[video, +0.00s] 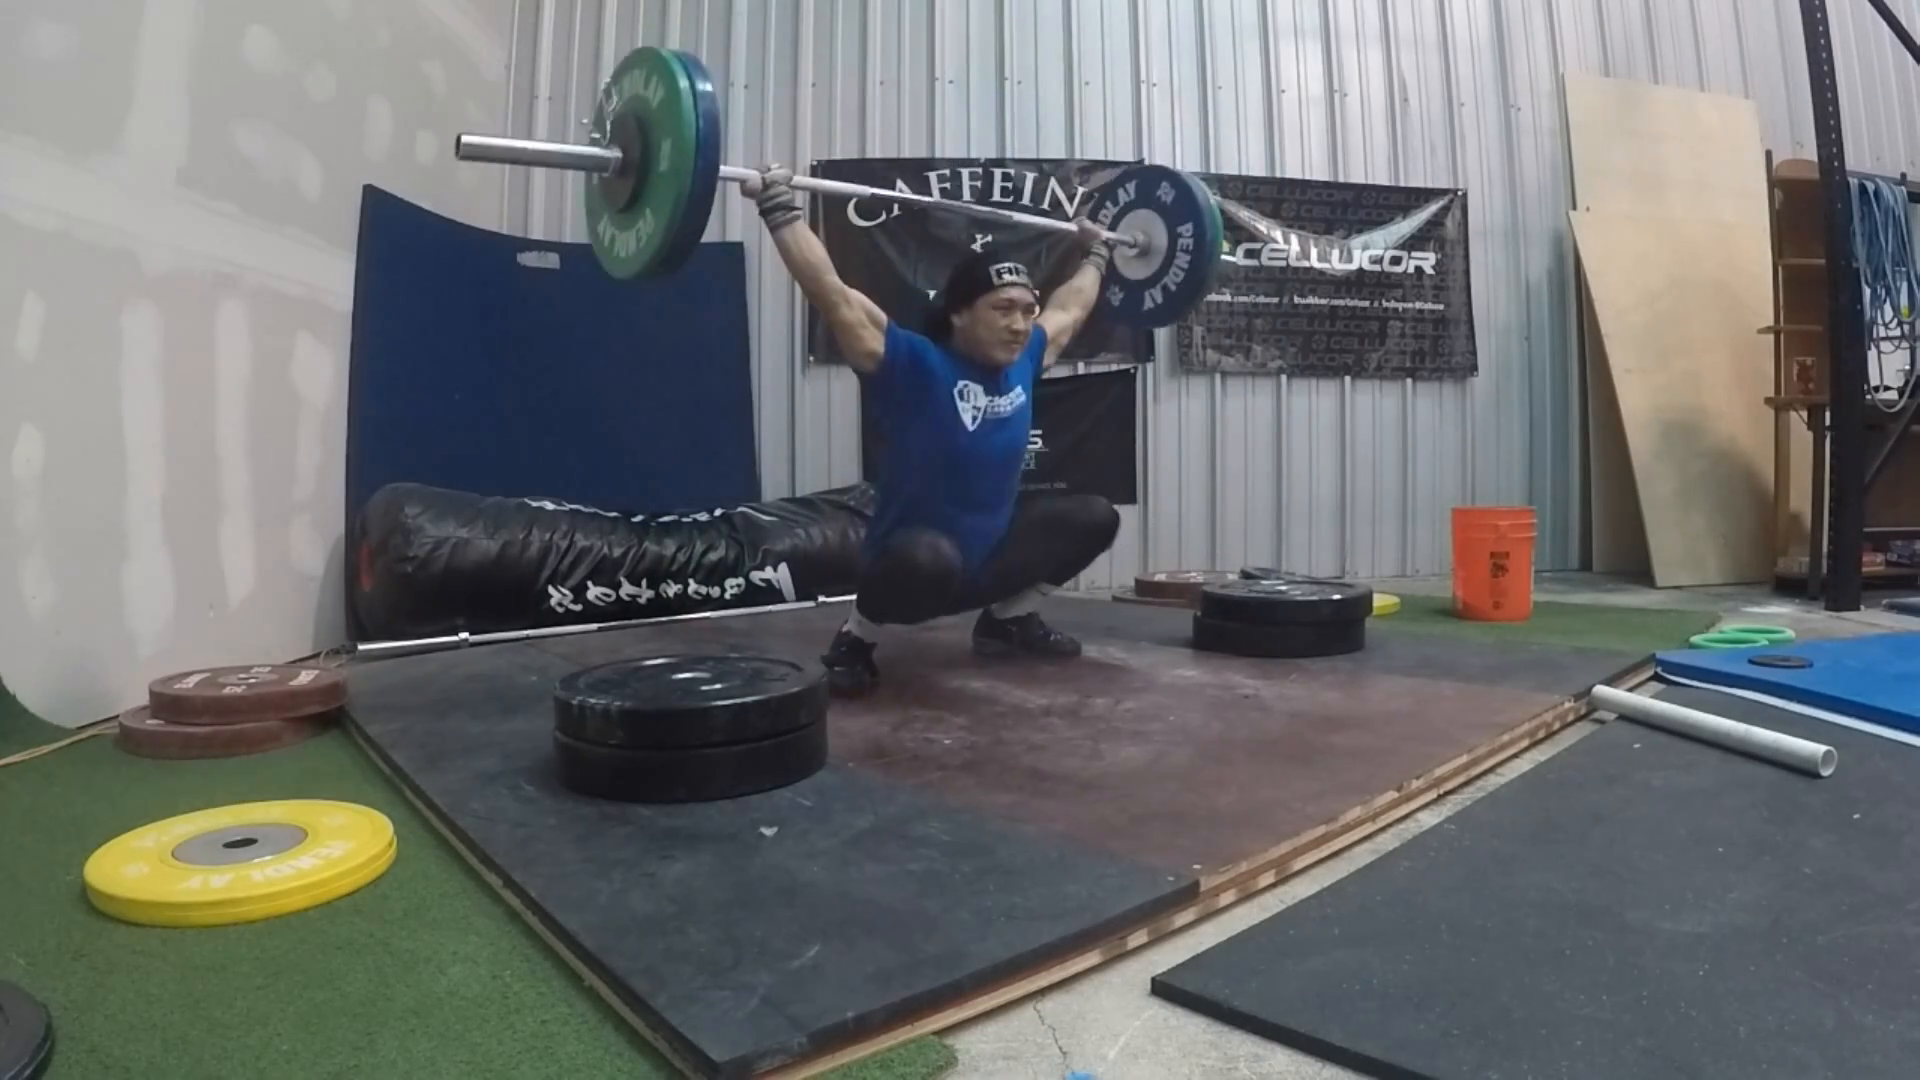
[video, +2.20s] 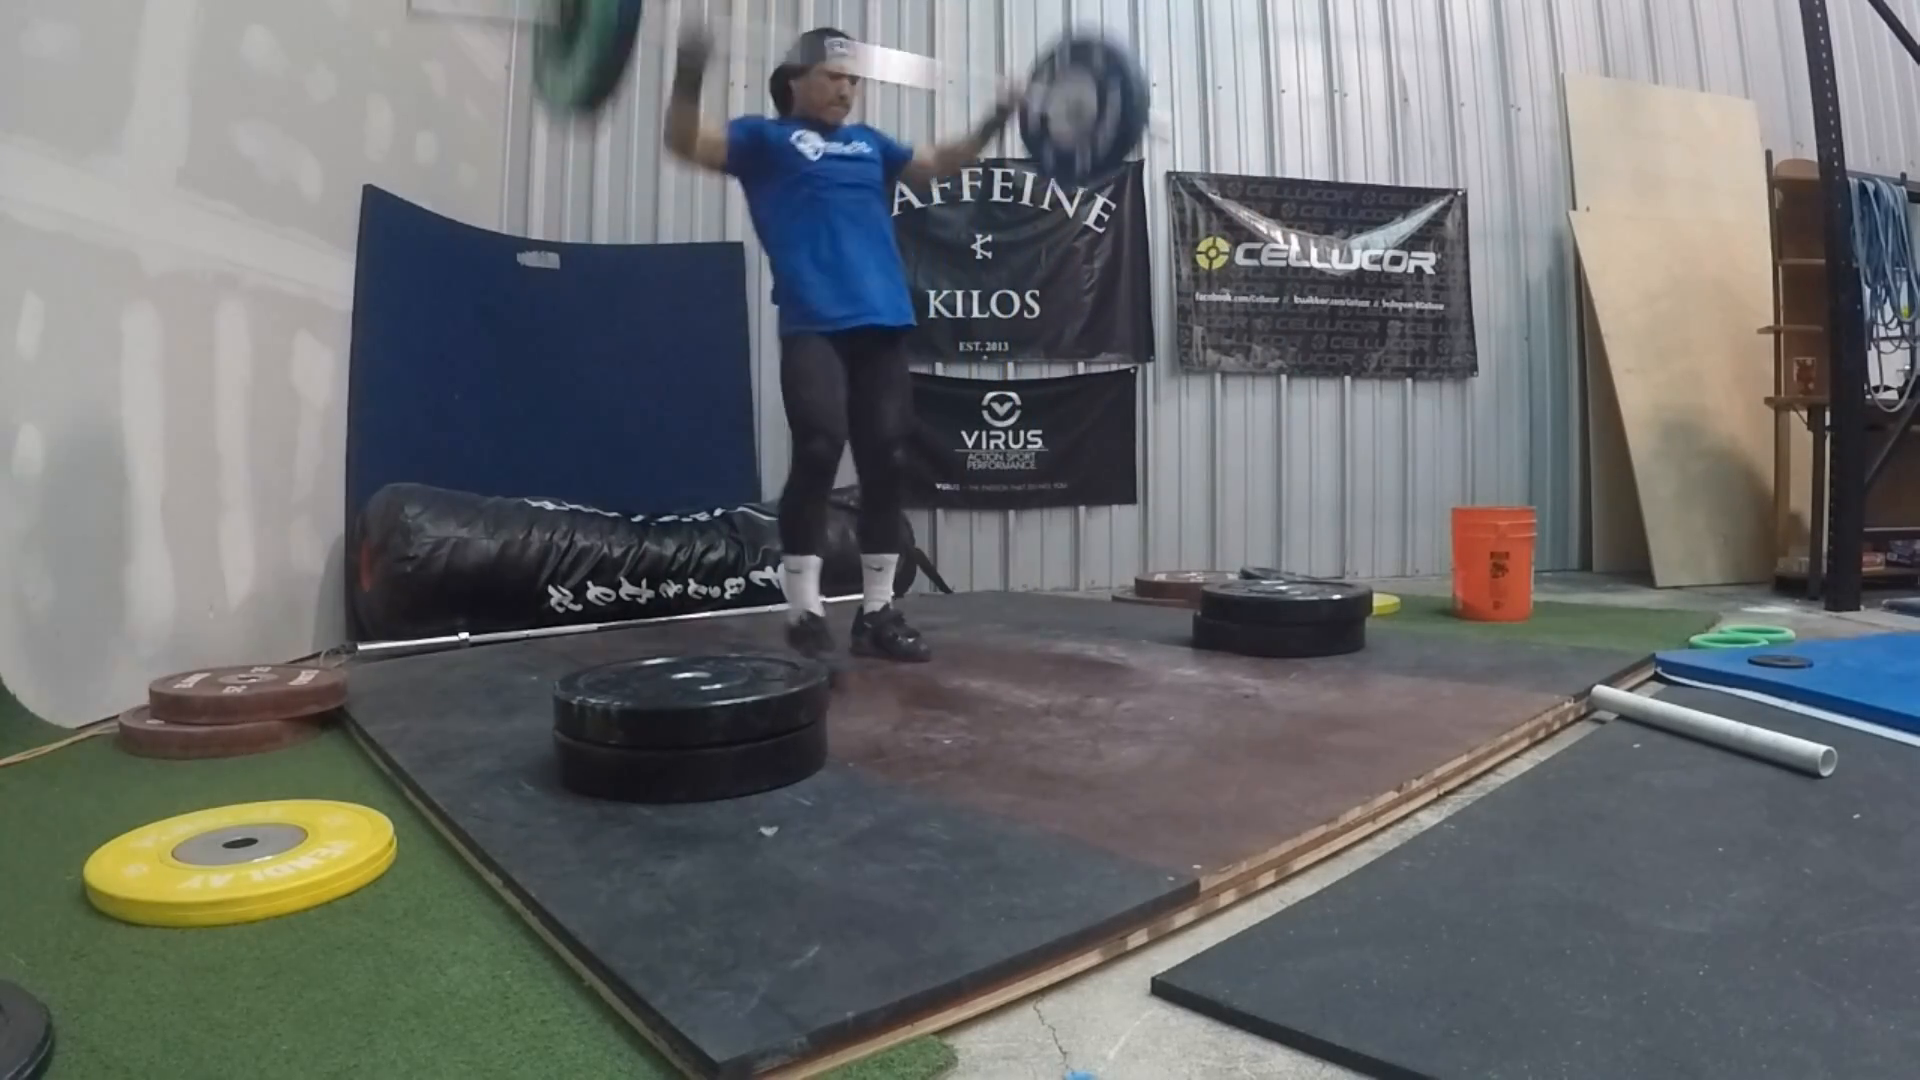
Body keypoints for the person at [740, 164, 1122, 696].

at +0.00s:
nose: (1020, 325)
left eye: (1027, 311)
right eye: (1004, 309)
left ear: (1033, 315)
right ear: (959, 315)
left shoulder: (1023, 359)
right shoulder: (911, 365)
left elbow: (1068, 309)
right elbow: (833, 297)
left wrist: (1095, 254)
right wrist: (780, 209)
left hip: (990, 560)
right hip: (912, 570)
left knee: (1093, 517)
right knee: (927, 555)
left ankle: (1006, 617)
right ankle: (856, 639)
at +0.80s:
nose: (992, 242)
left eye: (997, 231)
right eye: (976, 229)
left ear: (1003, 245)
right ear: (934, 243)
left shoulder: (998, 291)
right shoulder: (889, 286)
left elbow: (1048, 234)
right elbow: (819, 214)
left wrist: (1078, 189)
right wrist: (759, 129)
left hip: (943, 475)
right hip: (864, 471)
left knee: (1050, 487)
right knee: (888, 498)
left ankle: (1004, 617)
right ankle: (846, 636)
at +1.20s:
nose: (994, 149)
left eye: (997, 137)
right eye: (978, 135)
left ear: (996, 152)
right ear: (932, 151)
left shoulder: (999, 198)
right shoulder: (884, 196)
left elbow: (1043, 153)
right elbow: (813, 129)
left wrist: (1070, 109)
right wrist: (750, 46)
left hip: (952, 414)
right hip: (869, 409)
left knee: (1051, 484)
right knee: (896, 493)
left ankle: (1006, 616)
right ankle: (845, 632)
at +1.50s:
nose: (953, 68)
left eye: (959, 57)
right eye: (939, 52)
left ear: (962, 69)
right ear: (895, 60)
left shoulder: (959, 124)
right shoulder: (848, 112)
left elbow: (1011, 80)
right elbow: (775, 32)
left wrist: (1042, 40)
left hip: (917, 353)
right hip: (839, 345)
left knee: (981, 472)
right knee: (853, 475)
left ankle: (1001, 617)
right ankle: (827, 634)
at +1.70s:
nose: (923, 41)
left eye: (929, 29)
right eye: (910, 25)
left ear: (931, 41)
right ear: (864, 30)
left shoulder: (935, 88)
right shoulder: (820, 76)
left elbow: (988, 42)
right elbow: (762, 12)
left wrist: (1030, 6)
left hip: (910, 318)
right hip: (830, 316)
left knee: (940, 456)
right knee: (835, 458)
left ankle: (901, 588)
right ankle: (824, 627)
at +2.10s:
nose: (863, 79)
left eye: (870, 69)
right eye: (849, 67)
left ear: (874, 75)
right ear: (809, 72)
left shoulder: (887, 131)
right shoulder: (777, 126)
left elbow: (958, 106)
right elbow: (702, 82)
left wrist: (1004, 51)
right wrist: (690, 8)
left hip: (897, 331)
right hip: (824, 332)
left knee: (901, 468)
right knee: (828, 463)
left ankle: (880, 614)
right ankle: (822, 629)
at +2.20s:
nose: (846, 91)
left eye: (852, 81)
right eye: (832, 78)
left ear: (856, 86)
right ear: (792, 82)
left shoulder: (869, 144)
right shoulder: (763, 139)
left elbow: (938, 161)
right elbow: (683, 140)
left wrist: (996, 117)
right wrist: (691, 66)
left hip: (883, 328)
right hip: (812, 330)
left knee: (883, 465)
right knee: (817, 454)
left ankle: (879, 614)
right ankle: (805, 612)